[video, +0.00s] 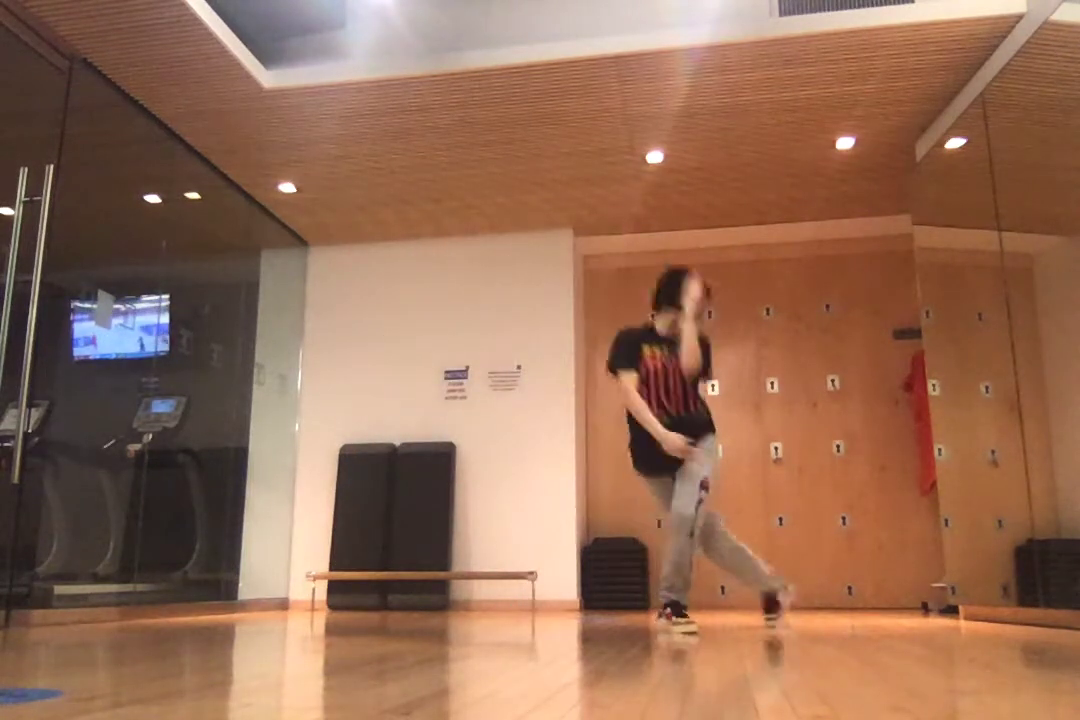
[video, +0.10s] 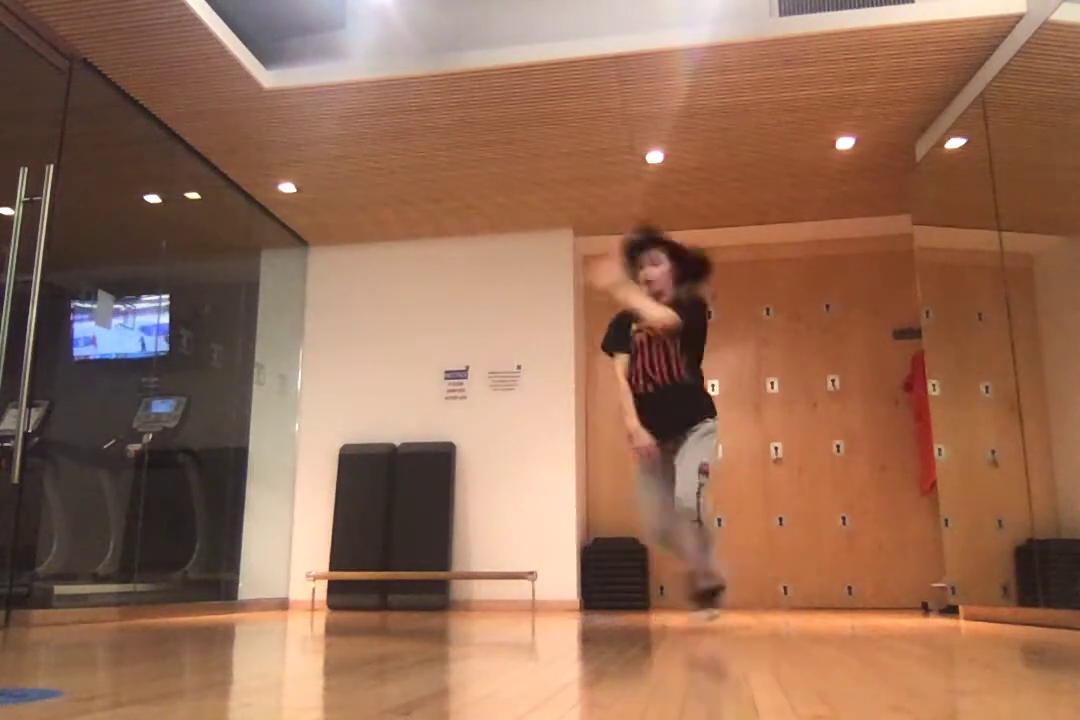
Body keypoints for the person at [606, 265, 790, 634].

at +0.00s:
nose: (694, 309)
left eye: (699, 303)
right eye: (688, 301)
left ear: (700, 307)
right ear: (669, 299)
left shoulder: (696, 342)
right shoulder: (631, 340)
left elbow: (691, 367)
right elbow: (630, 396)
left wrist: (689, 314)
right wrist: (664, 435)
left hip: (698, 439)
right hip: (652, 451)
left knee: (684, 516)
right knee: (704, 528)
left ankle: (672, 603)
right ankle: (771, 587)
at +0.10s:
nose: (648, 273)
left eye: (656, 263)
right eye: (642, 266)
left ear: (675, 268)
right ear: (635, 273)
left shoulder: (691, 307)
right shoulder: (626, 322)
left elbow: (661, 318)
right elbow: (622, 378)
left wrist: (620, 287)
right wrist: (635, 428)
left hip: (695, 424)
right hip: (652, 432)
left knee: (688, 504)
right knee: (656, 524)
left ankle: (705, 582)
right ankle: (705, 568)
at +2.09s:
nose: (600, 258)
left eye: (607, 252)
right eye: (594, 251)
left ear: (619, 260)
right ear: (581, 257)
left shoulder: (633, 303)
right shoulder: (568, 297)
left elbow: (652, 348)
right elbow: (572, 331)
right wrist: (603, 297)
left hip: (621, 409)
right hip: (575, 409)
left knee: (608, 497)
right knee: (594, 500)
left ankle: (597, 592)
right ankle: (621, 583)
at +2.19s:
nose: (597, 251)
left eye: (604, 246)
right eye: (590, 246)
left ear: (614, 258)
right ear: (579, 259)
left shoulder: (633, 301)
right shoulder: (568, 298)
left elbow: (648, 346)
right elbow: (570, 334)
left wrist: (596, 348)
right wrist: (599, 297)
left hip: (621, 406)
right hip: (575, 407)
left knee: (606, 497)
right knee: (592, 499)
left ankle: (595, 590)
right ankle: (619, 584)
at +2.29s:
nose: (599, 251)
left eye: (605, 247)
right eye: (590, 248)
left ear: (615, 260)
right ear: (579, 262)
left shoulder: (632, 299)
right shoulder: (567, 297)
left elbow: (648, 343)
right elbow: (567, 338)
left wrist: (597, 349)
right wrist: (598, 300)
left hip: (620, 407)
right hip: (574, 408)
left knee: (605, 497)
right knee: (587, 500)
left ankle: (595, 590)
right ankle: (616, 585)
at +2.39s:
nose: (596, 251)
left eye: (602, 247)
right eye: (589, 248)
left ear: (614, 260)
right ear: (577, 261)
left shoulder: (630, 301)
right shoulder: (566, 298)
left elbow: (647, 345)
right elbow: (566, 337)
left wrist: (596, 348)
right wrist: (599, 301)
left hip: (620, 408)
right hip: (573, 409)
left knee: (606, 497)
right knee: (586, 502)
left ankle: (595, 591)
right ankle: (615, 586)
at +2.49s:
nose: (598, 254)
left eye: (603, 250)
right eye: (590, 250)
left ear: (612, 260)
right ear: (577, 261)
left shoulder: (627, 304)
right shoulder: (565, 298)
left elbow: (645, 345)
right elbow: (565, 336)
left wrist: (595, 347)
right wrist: (599, 300)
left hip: (618, 410)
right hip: (571, 410)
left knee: (605, 498)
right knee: (584, 503)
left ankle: (593, 590)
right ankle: (613, 586)